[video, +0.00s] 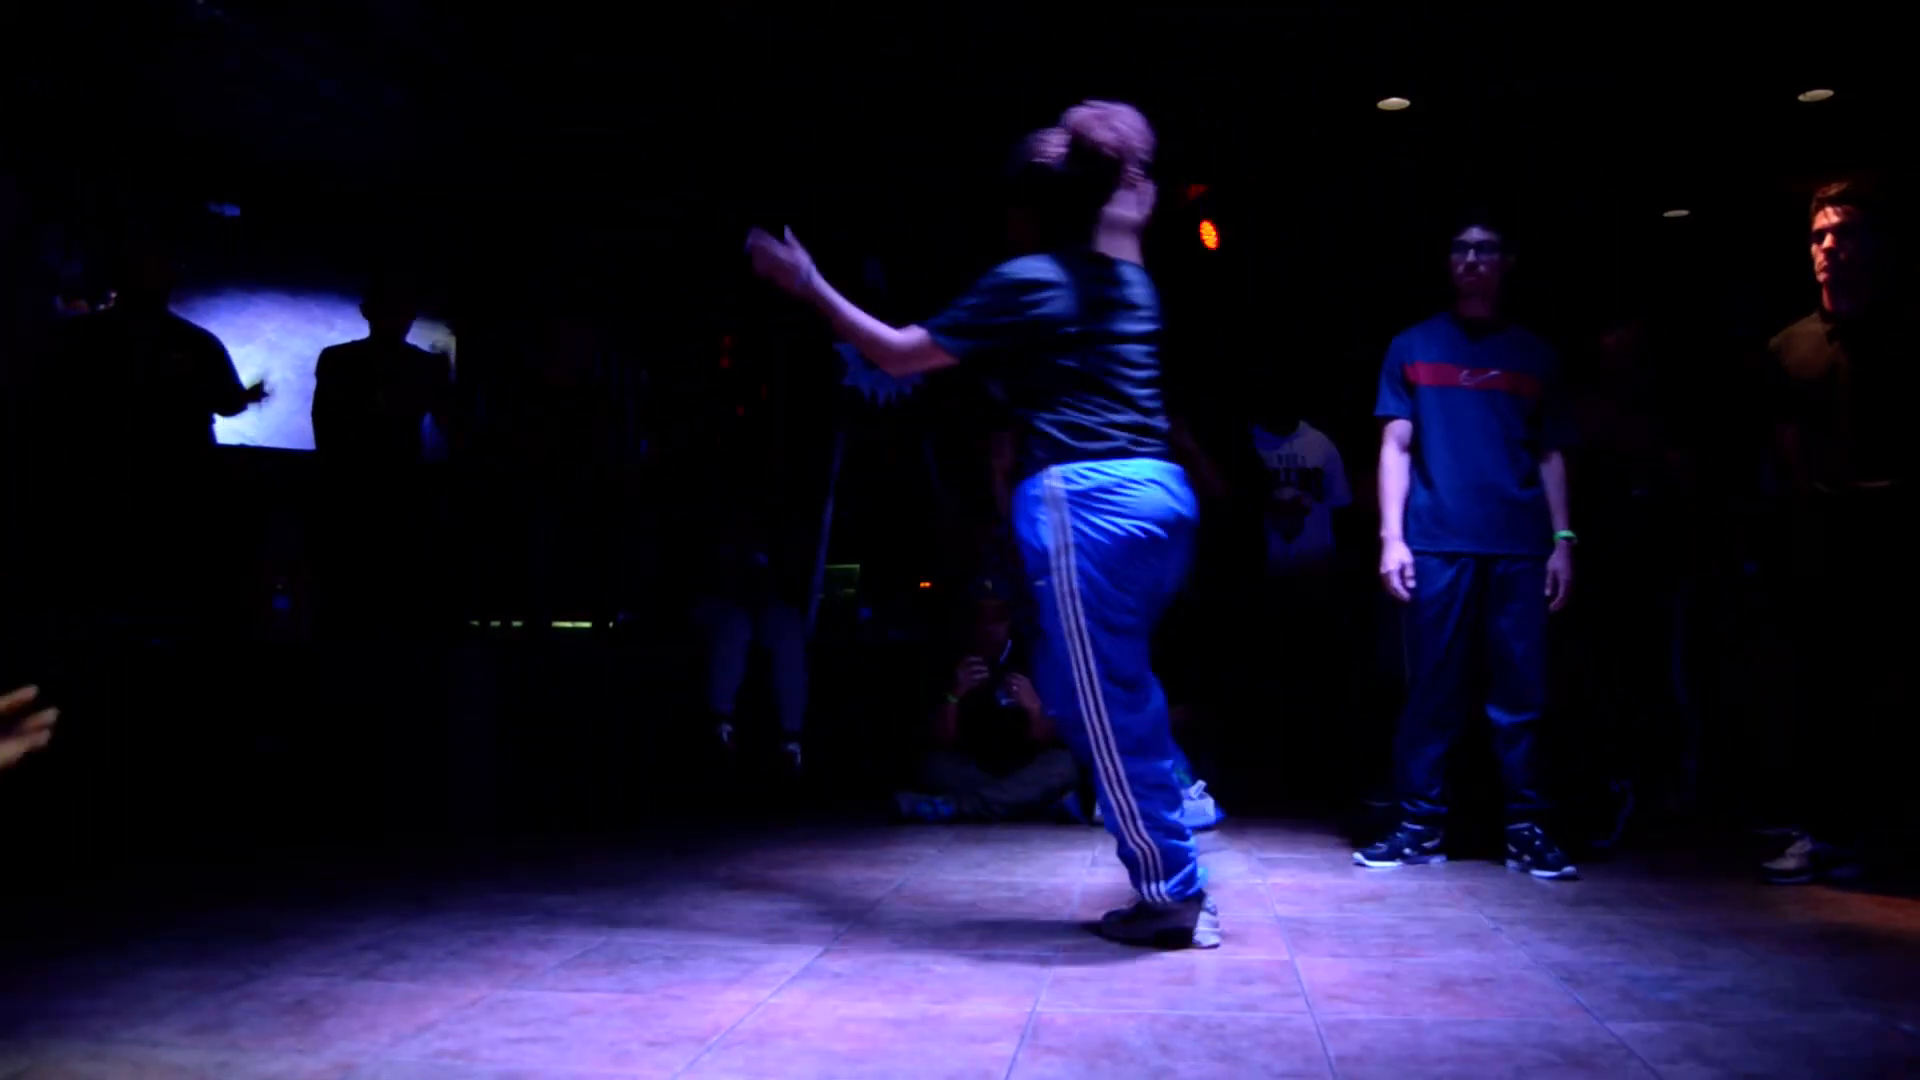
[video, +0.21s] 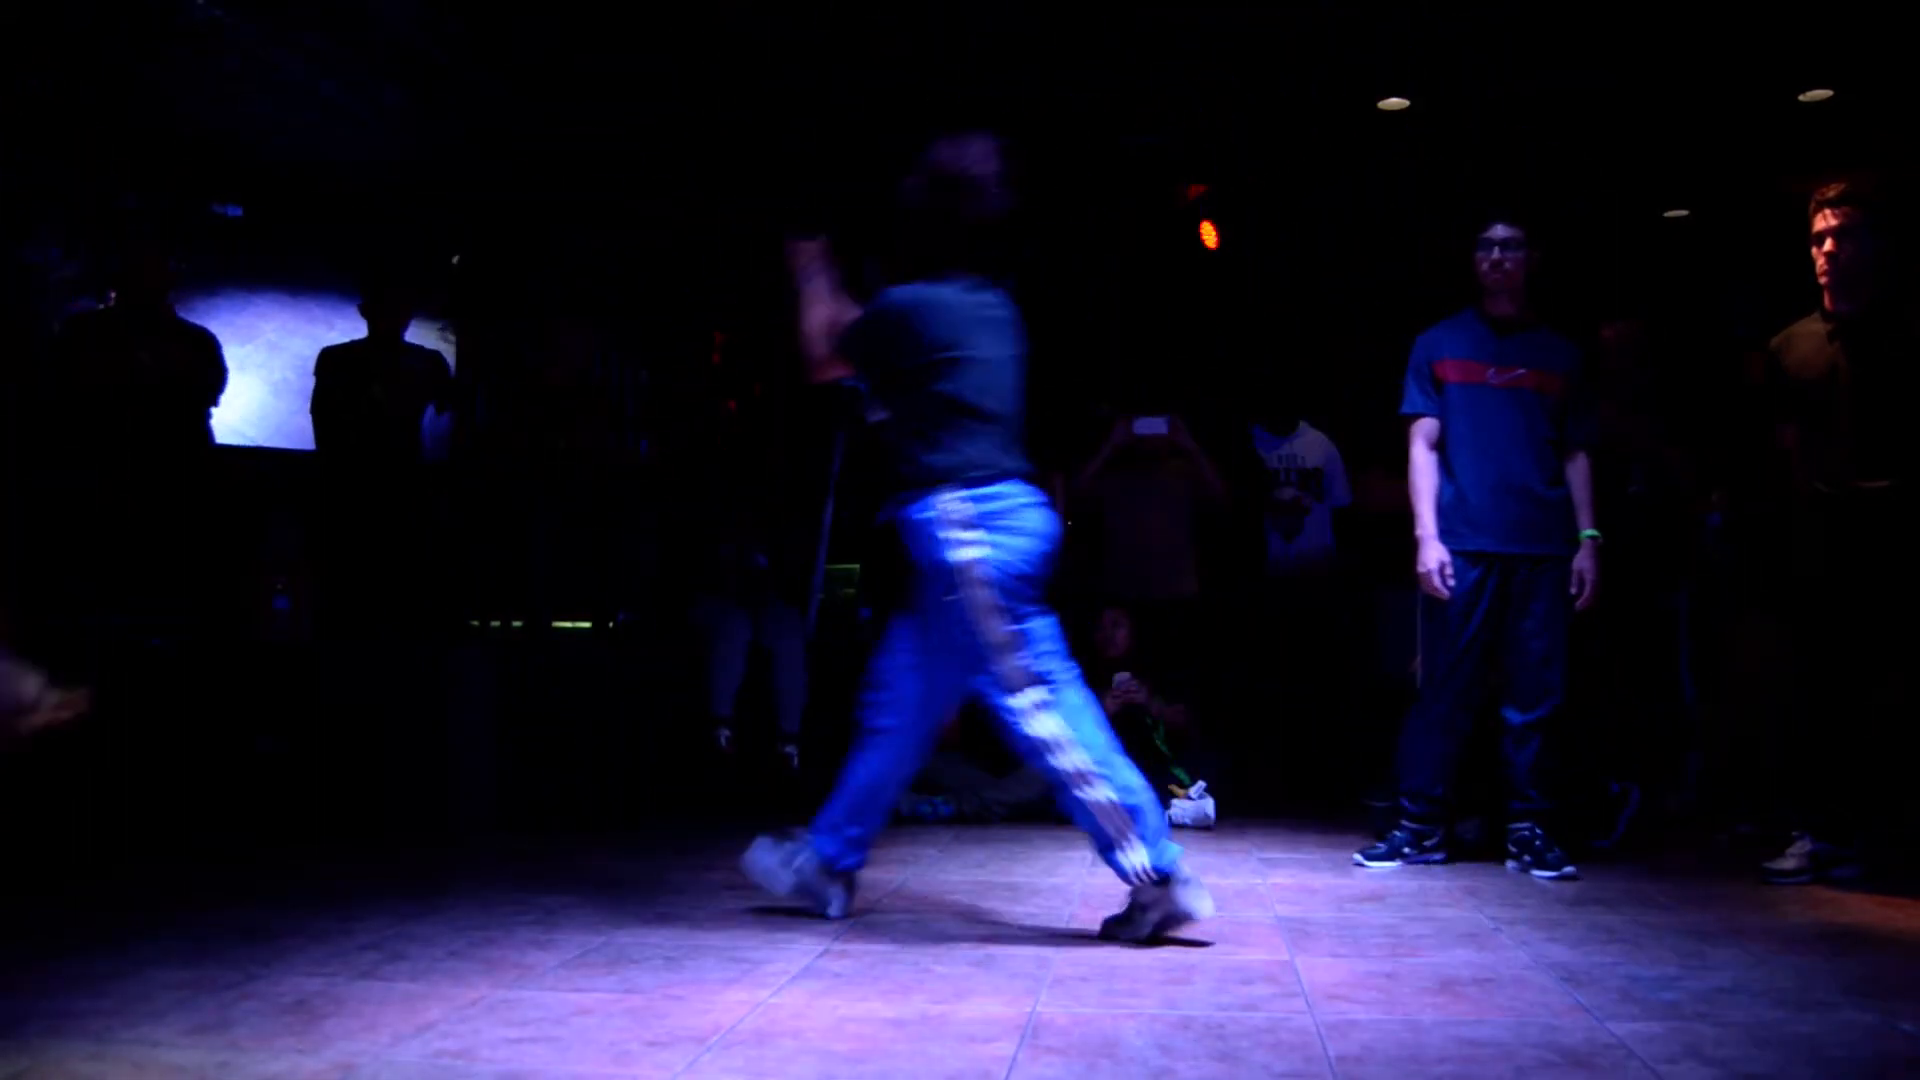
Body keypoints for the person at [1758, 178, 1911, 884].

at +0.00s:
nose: (1828, 250)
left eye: (1844, 235)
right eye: (1819, 237)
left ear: (1876, 250)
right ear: (1809, 253)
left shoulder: (1904, 339)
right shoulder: (1792, 348)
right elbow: (1770, 452)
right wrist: (1772, 533)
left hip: (1893, 541)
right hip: (1812, 540)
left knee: (1893, 684)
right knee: (1816, 682)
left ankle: (1898, 834)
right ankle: (1818, 829)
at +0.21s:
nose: (1826, 252)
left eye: (1841, 238)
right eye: (1818, 239)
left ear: (1875, 250)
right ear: (1811, 254)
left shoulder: (1906, 338)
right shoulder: (1793, 347)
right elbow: (1769, 452)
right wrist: (1773, 526)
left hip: (1895, 540)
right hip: (1812, 538)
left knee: (1893, 684)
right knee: (1815, 683)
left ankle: (1898, 834)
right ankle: (1815, 829)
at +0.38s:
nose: (1828, 252)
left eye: (1843, 237)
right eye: (1819, 239)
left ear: (1876, 249)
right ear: (1811, 254)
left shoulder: (1905, 339)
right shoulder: (1792, 348)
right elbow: (1768, 449)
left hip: (1893, 539)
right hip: (1811, 538)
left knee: (1891, 684)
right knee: (1814, 682)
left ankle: (1892, 835)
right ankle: (1814, 829)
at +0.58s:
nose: (1830, 249)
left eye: (1846, 235)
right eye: (1821, 237)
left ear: (1876, 250)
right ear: (1812, 253)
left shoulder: (1907, 338)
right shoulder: (1791, 347)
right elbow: (1769, 450)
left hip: (1897, 537)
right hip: (1814, 537)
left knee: (1897, 683)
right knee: (1817, 682)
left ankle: (1902, 834)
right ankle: (1818, 829)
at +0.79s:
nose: (1827, 253)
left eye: (1842, 238)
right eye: (1819, 240)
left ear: (1875, 250)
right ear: (1811, 255)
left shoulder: (1907, 337)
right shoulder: (1795, 348)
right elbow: (1773, 451)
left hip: (1896, 536)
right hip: (1816, 536)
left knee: (1898, 682)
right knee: (1819, 681)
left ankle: (1899, 832)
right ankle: (1819, 828)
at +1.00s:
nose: (1828, 251)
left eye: (1844, 237)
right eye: (1820, 239)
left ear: (1875, 251)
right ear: (1812, 255)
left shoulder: (1908, 337)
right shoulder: (1793, 348)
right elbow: (1771, 450)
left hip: (1896, 537)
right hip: (1813, 536)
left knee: (1898, 681)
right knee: (1817, 681)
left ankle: (1900, 832)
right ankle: (1820, 828)